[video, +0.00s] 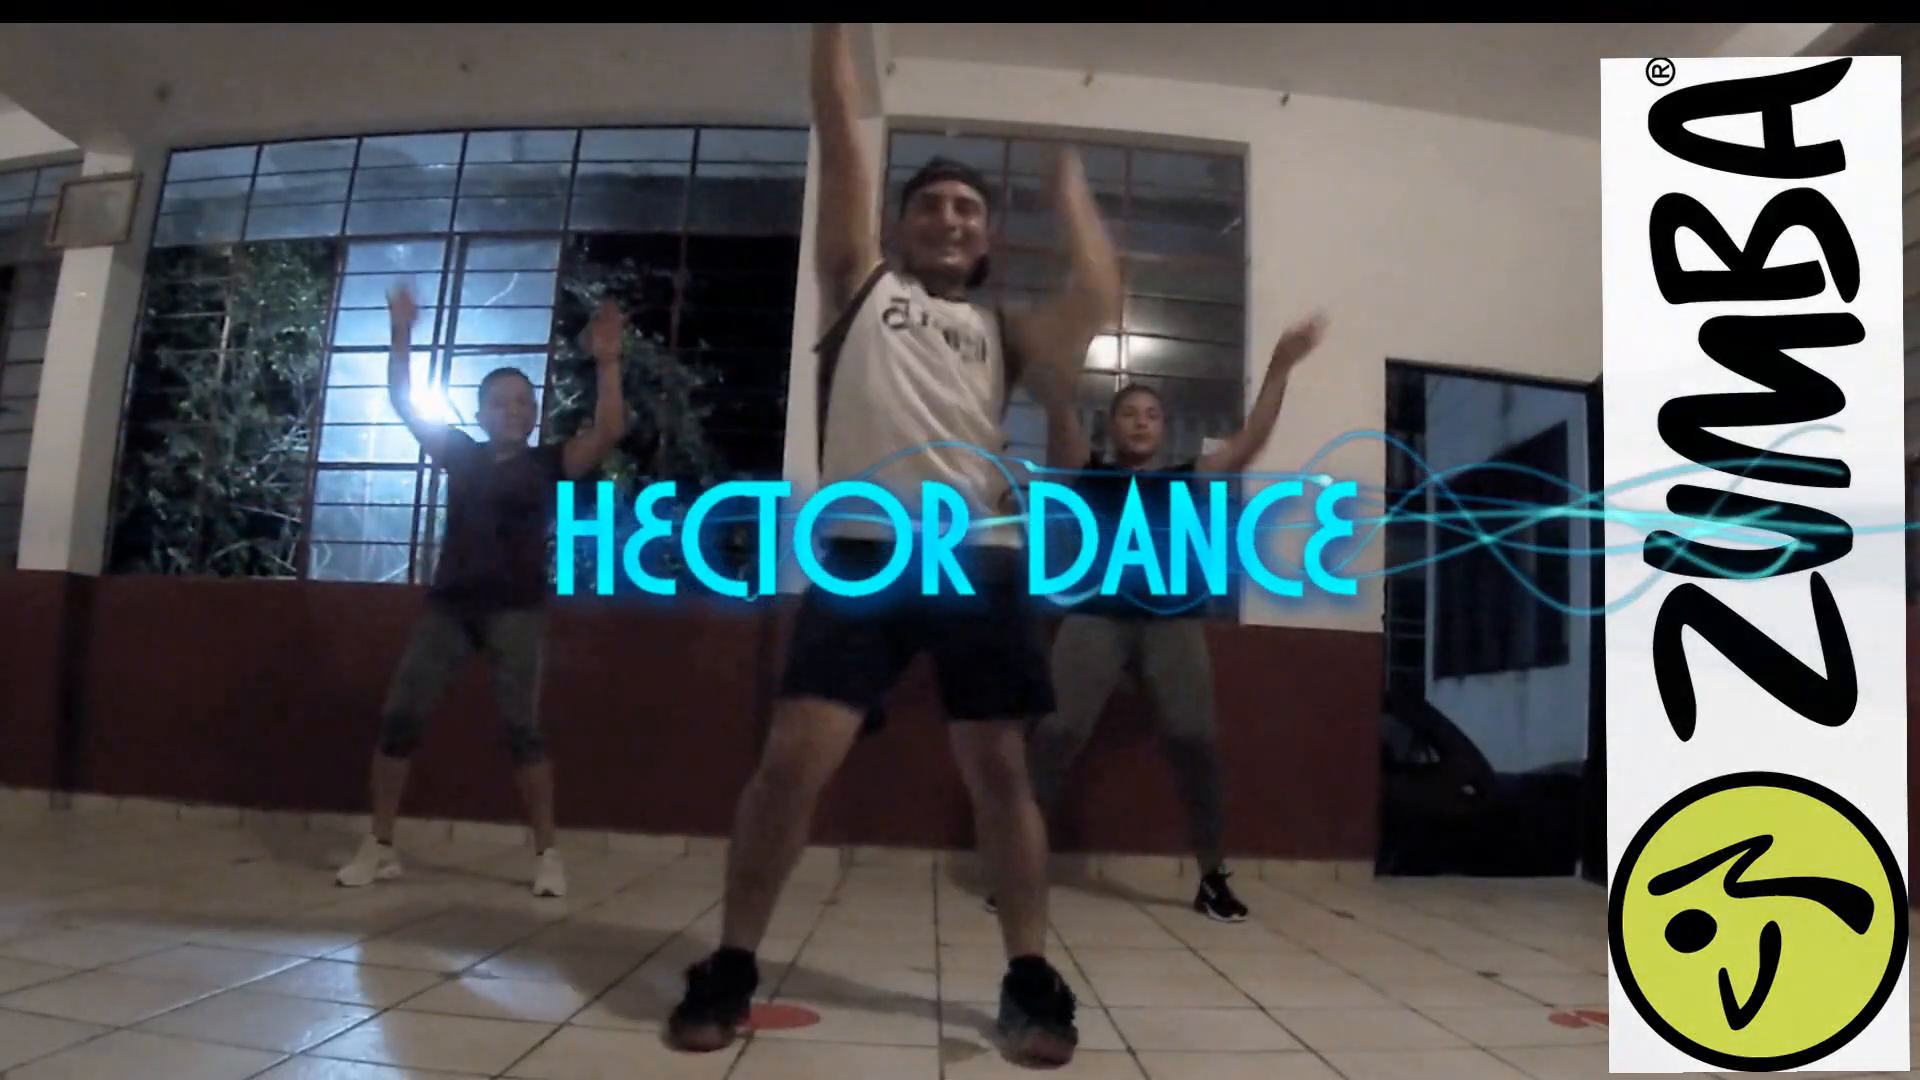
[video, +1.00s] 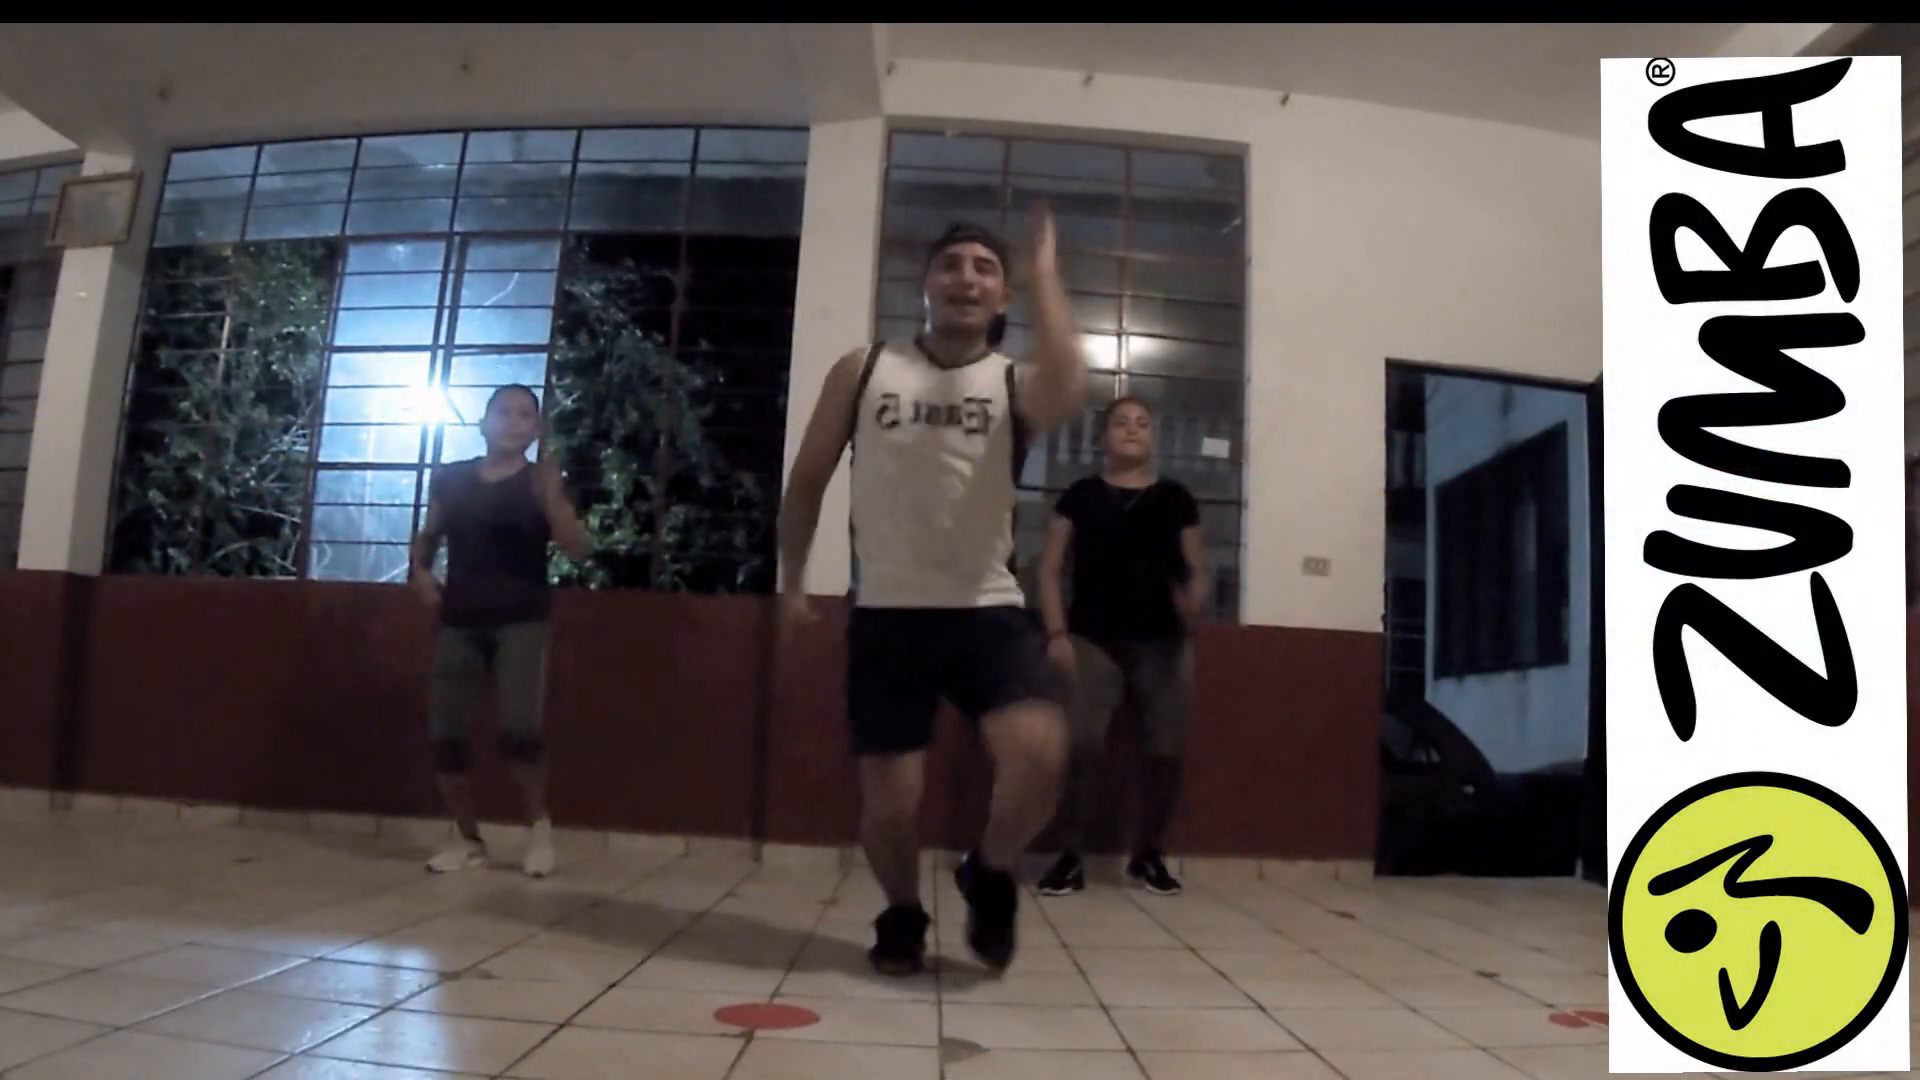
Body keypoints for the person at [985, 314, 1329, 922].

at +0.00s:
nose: (1140, 422)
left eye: (1150, 415)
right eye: (1130, 414)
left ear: (1166, 428)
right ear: (1110, 425)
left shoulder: (1189, 478)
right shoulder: (1087, 476)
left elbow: (1249, 439)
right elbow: (1060, 413)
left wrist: (1280, 366)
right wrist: (1061, 352)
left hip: (1174, 621)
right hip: (1097, 618)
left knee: (1194, 737)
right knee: (1059, 730)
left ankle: (1212, 874)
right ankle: (1018, 864)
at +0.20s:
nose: (1122, 417)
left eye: (1132, 410)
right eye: (1111, 409)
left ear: (1143, 426)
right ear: (1090, 419)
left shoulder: (1152, 488)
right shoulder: (1063, 467)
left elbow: (1178, 553)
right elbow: (1045, 381)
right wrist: (1068, 310)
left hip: (1141, 619)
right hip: (1068, 617)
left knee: (1187, 725)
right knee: (1041, 734)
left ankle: (1202, 860)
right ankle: (1005, 871)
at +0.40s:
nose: (1120, 420)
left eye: (1128, 414)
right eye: (1109, 412)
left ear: (1141, 427)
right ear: (1088, 424)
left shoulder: (1155, 492)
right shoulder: (1065, 476)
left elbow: (1177, 554)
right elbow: (1036, 403)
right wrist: (1061, 327)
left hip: (1145, 623)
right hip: (1077, 621)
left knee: (1172, 730)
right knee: (1055, 734)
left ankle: (1159, 837)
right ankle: (1012, 860)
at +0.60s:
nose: (1137, 433)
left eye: (1144, 425)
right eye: (1125, 427)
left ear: (1156, 435)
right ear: (1108, 439)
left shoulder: (1179, 501)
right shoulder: (1098, 489)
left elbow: (1186, 574)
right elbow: (1043, 495)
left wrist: (1195, 639)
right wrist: (1069, 432)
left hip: (1165, 642)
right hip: (1102, 637)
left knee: (1164, 752)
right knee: (1071, 750)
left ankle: (1143, 860)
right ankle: (1020, 863)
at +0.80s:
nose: (1142, 426)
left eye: (1150, 418)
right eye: (1131, 418)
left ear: (1164, 430)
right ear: (1112, 431)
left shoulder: (1188, 489)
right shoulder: (1094, 490)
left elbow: (1220, 556)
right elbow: (1066, 560)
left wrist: (1235, 622)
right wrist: (1045, 588)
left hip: (1162, 630)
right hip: (1095, 625)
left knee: (1158, 741)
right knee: (1069, 734)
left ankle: (1142, 855)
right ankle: (1051, 850)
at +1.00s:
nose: (1132, 431)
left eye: (1141, 424)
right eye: (1122, 424)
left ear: (1154, 438)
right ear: (1105, 437)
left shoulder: (1174, 499)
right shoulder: (1081, 496)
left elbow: (1196, 571)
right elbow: (1049, 569)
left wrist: (1189, 602)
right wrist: (1057, 634)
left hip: (1159, 641)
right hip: (1092, 640)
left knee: (1164, 749)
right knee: (1082, 746)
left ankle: (1149, 852)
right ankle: (1071, 854)